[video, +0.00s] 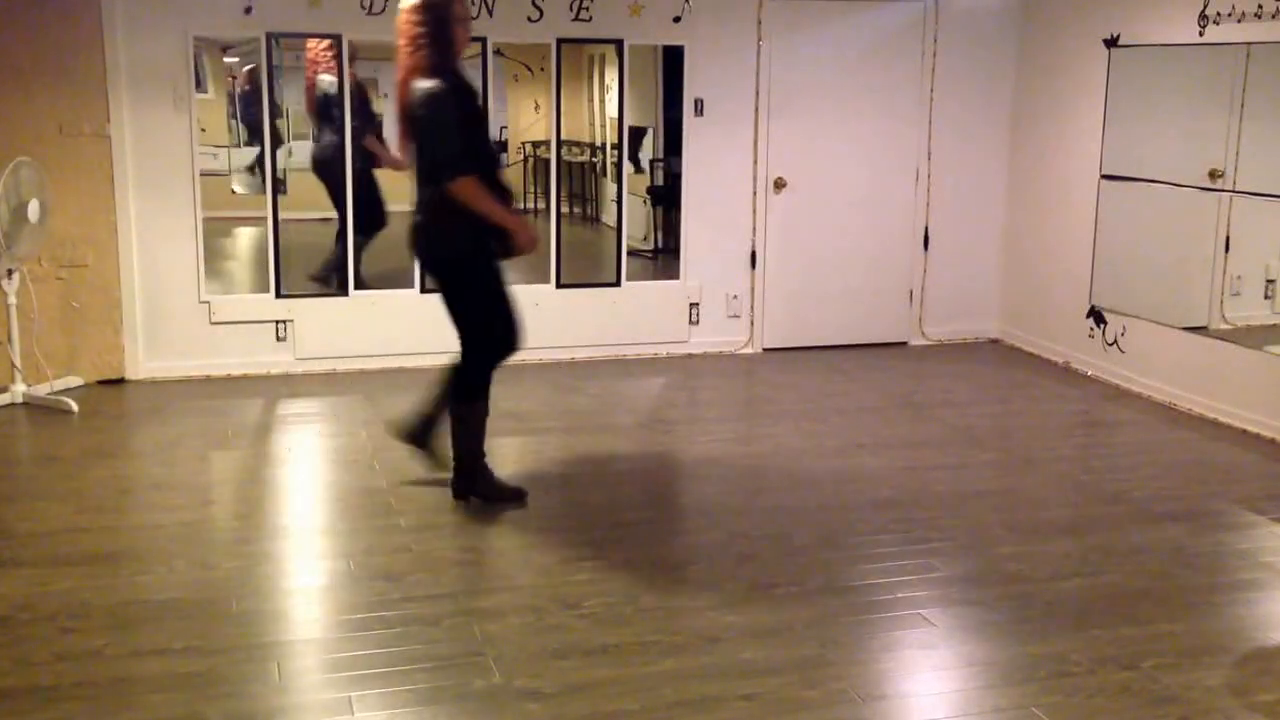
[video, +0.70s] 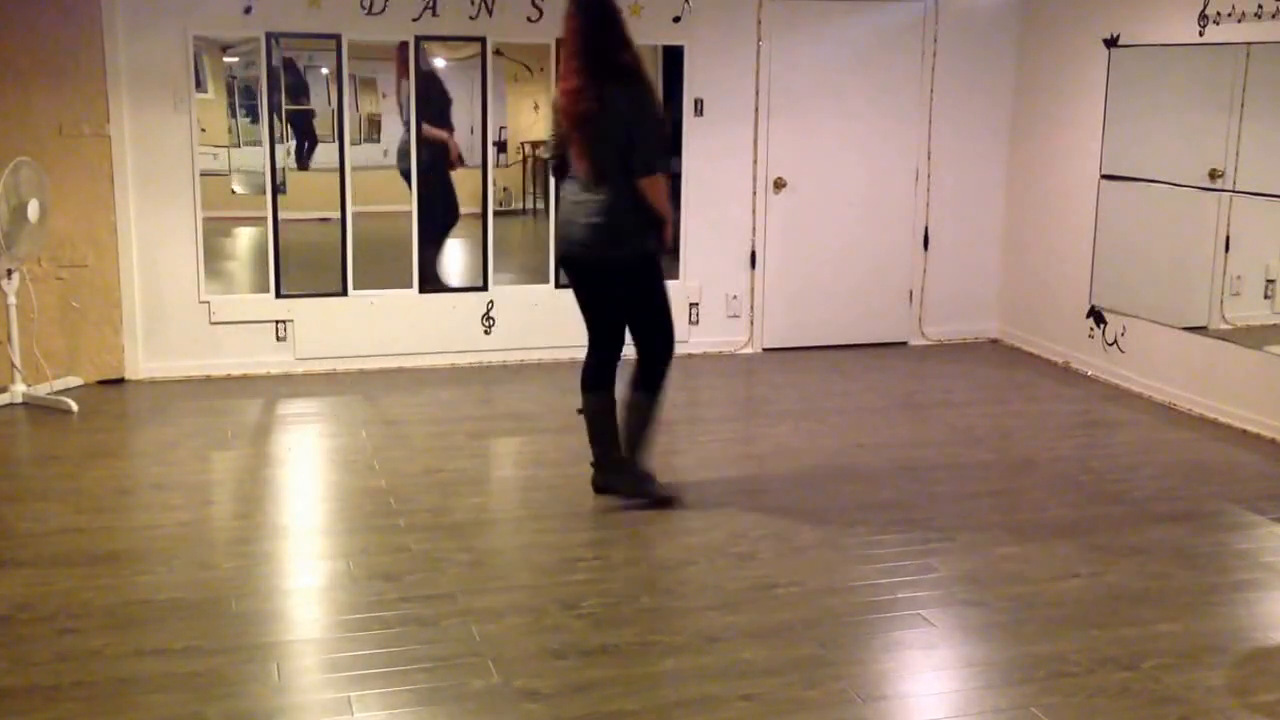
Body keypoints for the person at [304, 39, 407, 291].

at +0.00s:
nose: (356, 61)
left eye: (353, 56)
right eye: (354, 56)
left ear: (328, 57)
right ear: (350, 58)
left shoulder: (320, 84)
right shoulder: (351, 85)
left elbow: (319, 119)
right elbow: (362, 130)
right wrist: (386, 155)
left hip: (323, 155)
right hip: (348, 158)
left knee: (349, 216)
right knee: (375, 216)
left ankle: (349, 275)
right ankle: (330, 268)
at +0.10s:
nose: (358, 66)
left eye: (357, 60)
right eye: (358, 61)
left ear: (343, 59)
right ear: (362, 60)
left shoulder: (330, 83)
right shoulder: (363, 87)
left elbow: (325, 113)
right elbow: (375, 132)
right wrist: (400, 160)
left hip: (333, 157)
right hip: (360, 161)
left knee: (354, 216)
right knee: (390, 212)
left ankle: (346, 276)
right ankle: (366, 269)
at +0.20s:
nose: (362, 60)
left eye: (366, 55)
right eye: (357, 56)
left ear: (372, 56)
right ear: (349, 59)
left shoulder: (343, 88)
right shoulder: (378, 86)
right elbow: (392, 124)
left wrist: (408, 156)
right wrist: (410, 149)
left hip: (352, 159)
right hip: (372, 159)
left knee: (367, 215)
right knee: (401, 214)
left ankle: (349, 278)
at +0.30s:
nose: (369, 66)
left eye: (372, 60)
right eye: (367, 61)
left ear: (367, 62)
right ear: (379, 61)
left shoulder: (362, 88)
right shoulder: (385, 89)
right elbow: (389, 132)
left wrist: (417, 150)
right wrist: (410, 158)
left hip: (367, 158)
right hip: (385, 159)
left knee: (376, 215)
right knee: (409, 213)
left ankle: (352, 275)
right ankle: (424, 275)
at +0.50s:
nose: (381, 62)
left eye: (385, 57)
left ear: (392, 59)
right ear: (403, 58)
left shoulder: (393, 86)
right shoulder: (403, 88)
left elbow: (411, 126)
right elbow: (410, 128)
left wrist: (433, 149)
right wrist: (433, 155)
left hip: (396, 157)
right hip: (408, 159)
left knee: (415, 215)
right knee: (427, 216)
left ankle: (371, 265)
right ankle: (428, 279)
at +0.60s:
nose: (386, 64)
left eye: (390, 58)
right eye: (386, 59)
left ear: (401, 59)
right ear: (405, 58)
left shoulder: (406, 84)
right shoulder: (404, 86)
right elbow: (413, 128)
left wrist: (441, 150)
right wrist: (441, 152)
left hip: (412, 158)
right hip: (410, 159)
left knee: (431, 214)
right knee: (431, 214)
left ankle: (388, 260)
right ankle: (428, 278)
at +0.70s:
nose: (429, 53)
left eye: (425, 48)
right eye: (423, 49)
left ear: (415, 55)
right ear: (417, 53)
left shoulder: (430, 79)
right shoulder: (413, 81)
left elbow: (437, 118)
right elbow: (413, 123)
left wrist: (451, 146)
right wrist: (447, 137)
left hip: (432, 156)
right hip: (421, 158)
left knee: (447, 212)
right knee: (440, 213)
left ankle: (428, 272)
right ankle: (426, 274)